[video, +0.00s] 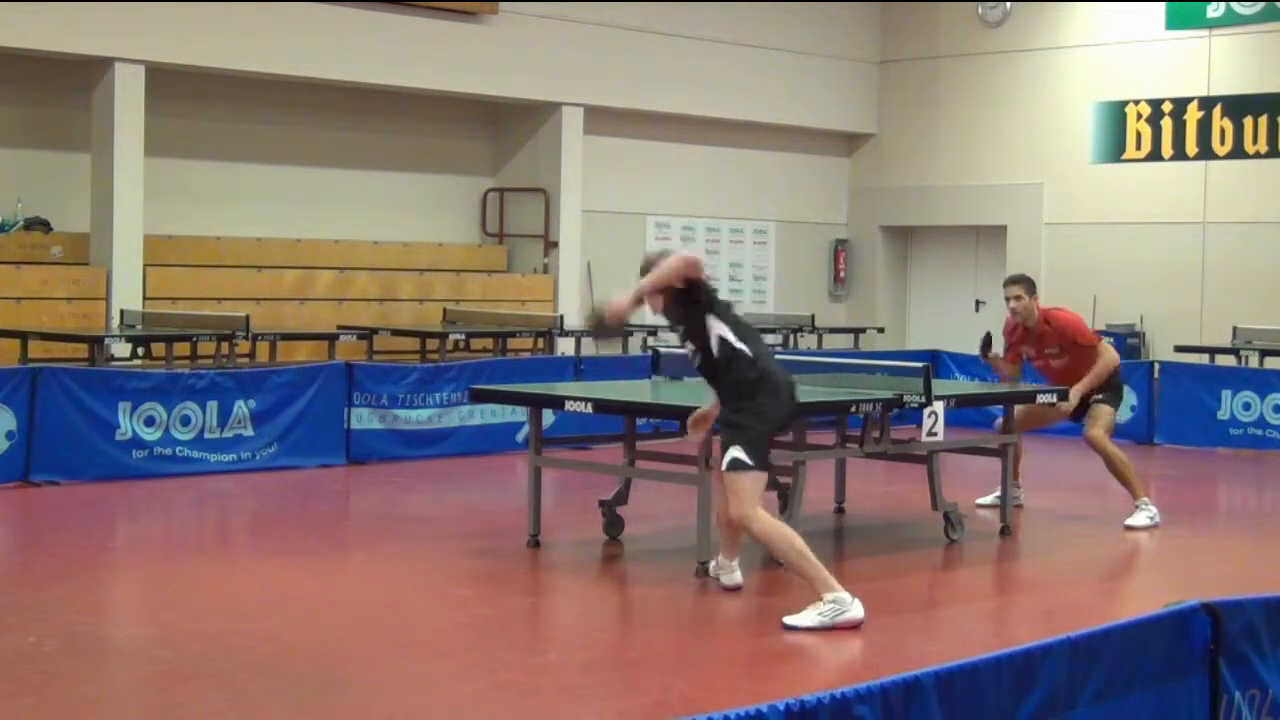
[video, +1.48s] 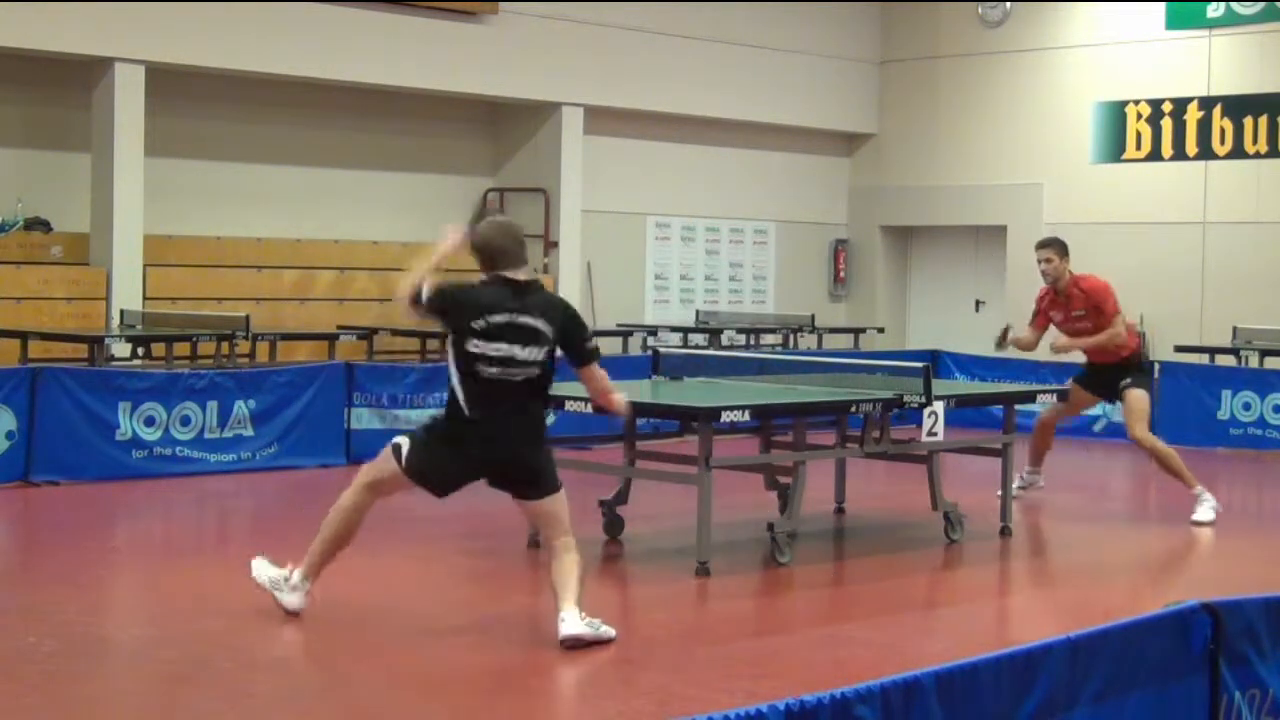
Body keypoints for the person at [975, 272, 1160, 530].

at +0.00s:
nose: (1012, 306)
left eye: (1017, 299)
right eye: (1008, 300)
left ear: (1034, 299)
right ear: (1005, 303)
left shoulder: (1063, 322)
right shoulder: (1013, 328)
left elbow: (1111, 357)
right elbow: (1013, 375)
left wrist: (1078, 391)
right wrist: (995, 361)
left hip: (1101, 383)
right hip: (1065, 388)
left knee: (1095, 435)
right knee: (1009, 425)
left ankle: (1145, 506)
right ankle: (1011, 490)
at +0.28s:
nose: (986, 282)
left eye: (992, 275)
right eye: (983, 277)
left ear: (1009, 275)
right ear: (983, 280)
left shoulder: (1039, 300)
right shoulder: (990, 310)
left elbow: (1078, 345)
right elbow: (979, 353)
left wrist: (1033, 365)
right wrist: (958, 352)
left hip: (1074, 372)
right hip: (1040, 376)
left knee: (1083, 432)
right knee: (977, 424)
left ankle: (1139, 500)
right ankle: (938, 484)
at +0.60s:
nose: (985, 294)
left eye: (989, 287)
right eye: (983, 289)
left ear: (1007, 282)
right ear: (992, 287)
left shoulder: (1027, 304)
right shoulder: (1016, 309)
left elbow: (1033, 348)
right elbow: (1034, 359)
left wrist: (987, 370)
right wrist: (1006, 377)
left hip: (1072, 389)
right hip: (1043, 390)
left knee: (1069, 457)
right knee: (981, 435)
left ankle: (1141, 502)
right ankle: (933, 488)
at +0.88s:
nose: (1035, 275)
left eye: (1040, 268)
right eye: (1034, 269)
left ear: (1059, 266)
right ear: (1047, 270)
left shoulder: (1093, 293)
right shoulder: (1048, 306)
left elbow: (1131, 326)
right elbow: (1021, 337)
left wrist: (1095, 346)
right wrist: (1001, 309)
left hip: (1107, 389)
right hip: (1077, 390)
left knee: (1088, 450)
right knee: (1010, 423)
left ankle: (1146, 505)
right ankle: (1035, 485)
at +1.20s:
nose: (1056, 265)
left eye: (1062, 259)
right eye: (1053, 260)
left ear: (1080, 259)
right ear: (1052, 262)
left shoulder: (1111, 290)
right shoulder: (1054, 296)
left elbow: (1150, 328)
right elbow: (1034, 339)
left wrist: (1126, 346)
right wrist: (1028, 321)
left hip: (1117, 378)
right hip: (1083, 380)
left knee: (1104, 428)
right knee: (1023, 424)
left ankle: (1149, 505)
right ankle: (1039, 489)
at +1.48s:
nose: (1042, 268)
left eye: (1048, 261)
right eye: (1039, 263)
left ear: (1065, 261)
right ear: (1039, 266)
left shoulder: (1095, 288)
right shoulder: (1046, 298)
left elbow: (1119, 335)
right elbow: (1030, 341)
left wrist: (1073, 343)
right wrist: (1012, 339)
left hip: (1129, 365)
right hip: (1097, 368)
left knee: (1138, 433)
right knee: (1046, 419)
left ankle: (1202, 495)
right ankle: (1032, 477)